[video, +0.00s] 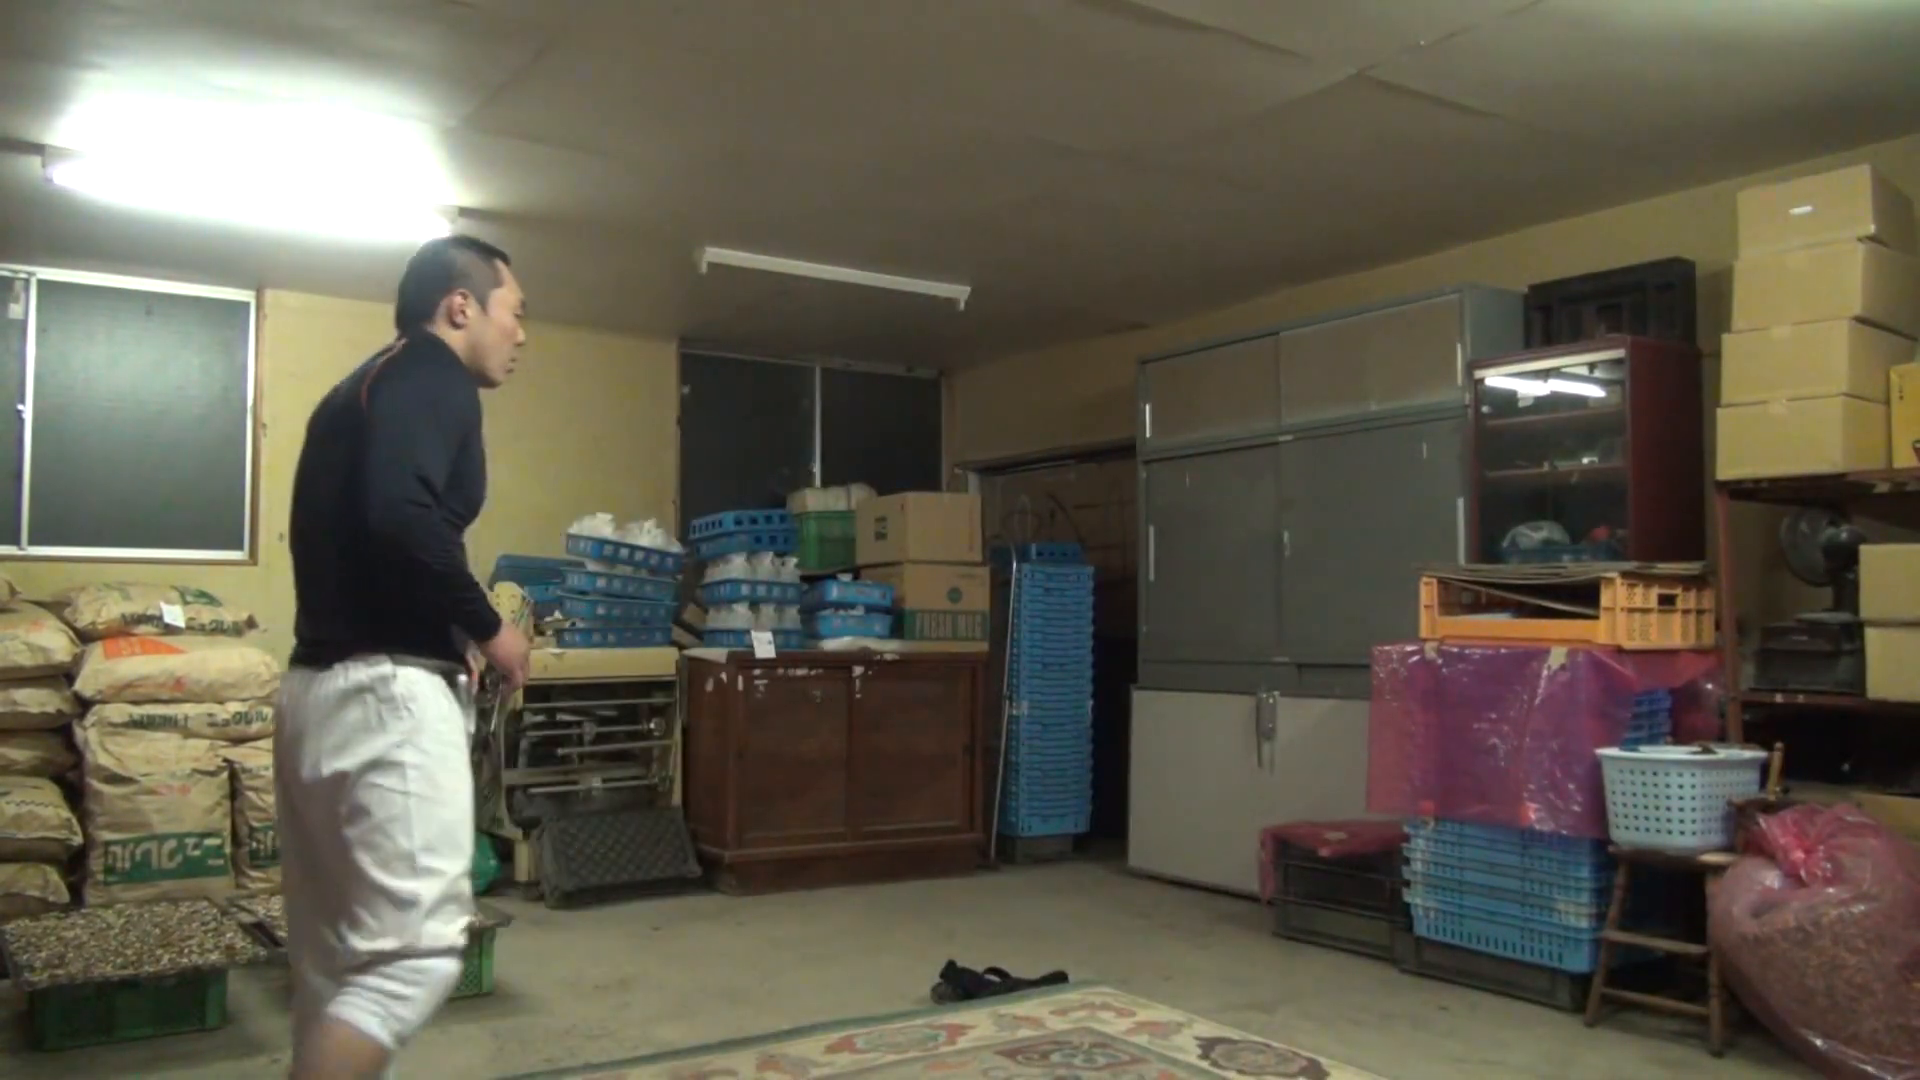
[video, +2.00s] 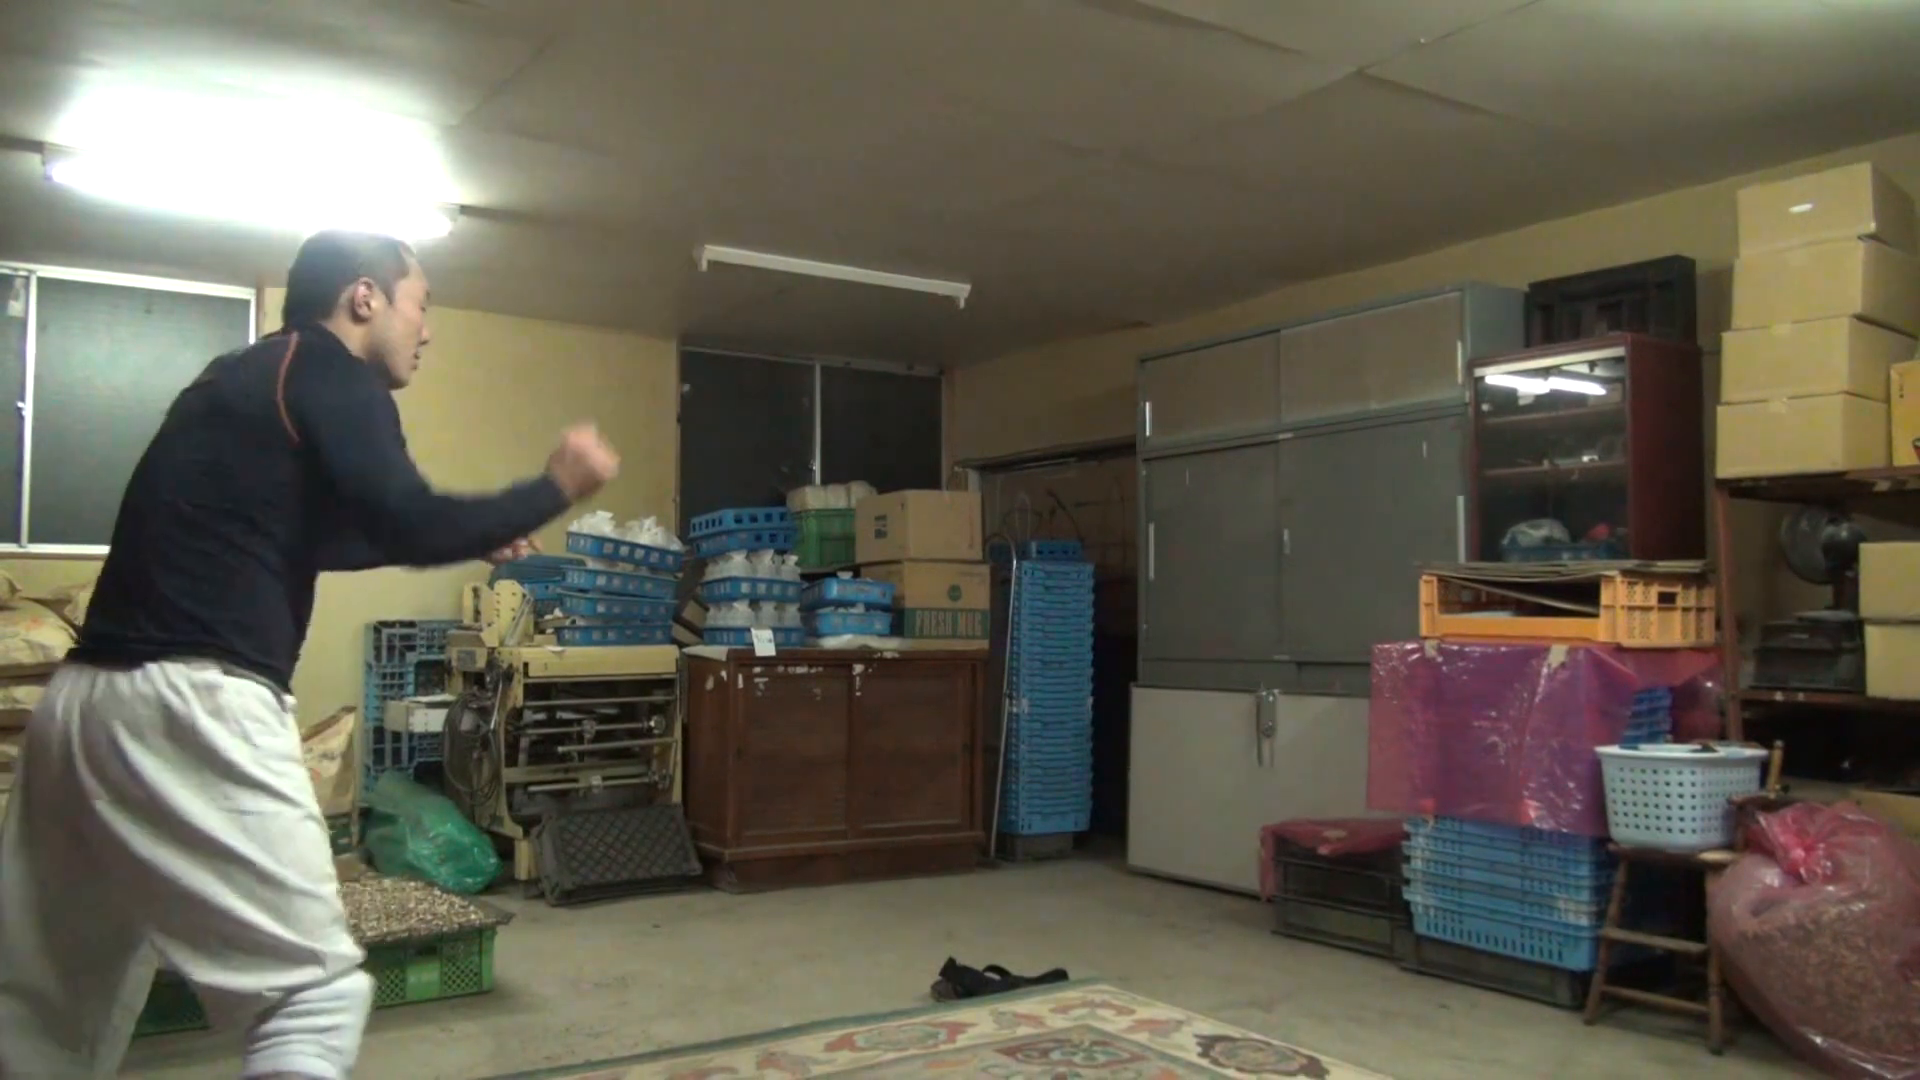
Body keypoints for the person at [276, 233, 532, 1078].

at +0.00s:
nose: (521, 334)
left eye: (523, 316)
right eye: (513, 312)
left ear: (442, 312)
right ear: (458, 308)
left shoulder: (350, 392)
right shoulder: (431, 372)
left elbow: (331, 551)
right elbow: (402, 510)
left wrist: (448, 640)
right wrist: (489, 626)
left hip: (314, 699)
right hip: (390, 701)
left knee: (326, 965)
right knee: (407, 960)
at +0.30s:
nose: (479, 312)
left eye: (481, 291)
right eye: (474, 287)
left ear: (384, 277)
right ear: (418, 273)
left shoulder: (278, 356)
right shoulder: (392, 340)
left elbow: (214, 499)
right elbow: (360, 467)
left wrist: (346, 555)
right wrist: (446, 590)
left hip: (221, 682)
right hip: (309, 688)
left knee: (226, 959)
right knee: (308, 971)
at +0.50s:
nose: (439, 295)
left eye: (437, 273)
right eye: (428, 271)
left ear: (358, 273)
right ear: (370, 270)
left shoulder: (268, 350)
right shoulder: (324, 344)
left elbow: (184, 494)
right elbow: (254, 468)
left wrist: (328, 577)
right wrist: (364, 589)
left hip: (201, 691)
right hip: (260, 698)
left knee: (180, 985)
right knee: (329, 973)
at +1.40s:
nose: (414, 280)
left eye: (413, 257)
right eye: (405, 254)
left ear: (316, 253)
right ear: (347, 248)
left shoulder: (219, 331)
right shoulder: (306, 320)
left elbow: (248, 482)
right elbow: (296, 462)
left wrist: (374, 511)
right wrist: (451, 507)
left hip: (104, 680)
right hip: (221, 681)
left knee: (75, 1007)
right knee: (346, 965)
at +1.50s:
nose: (415, 304)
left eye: (414, 278)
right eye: (406, 276)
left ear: (323, 271)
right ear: (353, 269)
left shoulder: (207, 358)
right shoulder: (325, 346)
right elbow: (405, 467)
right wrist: (550, 460)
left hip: (111, 705)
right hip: (239, 704)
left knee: (84, 1023)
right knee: (347, 1000)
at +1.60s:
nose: (423, 313)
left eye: (425, 292)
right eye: (419, 289)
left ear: (305, 282)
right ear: (371, 277)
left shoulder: (214, 367)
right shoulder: (349, 355)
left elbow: (324, 500)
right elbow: (491, 450)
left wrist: (442, 433)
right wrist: (616, 405)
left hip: (113, 715)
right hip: (248, 711)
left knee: (103, 1018)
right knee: (359, 1001)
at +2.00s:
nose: (425, 332)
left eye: (428, 310)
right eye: (419, 306)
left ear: (343, 305)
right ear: (362, 300)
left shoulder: (225, 377)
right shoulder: (328, 370)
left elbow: (315, 537)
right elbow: (403, 520)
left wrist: (467, 539)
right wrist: (553, 489)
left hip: (72, 707)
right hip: (195, 709)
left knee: (50, 1023)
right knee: (312, 991)